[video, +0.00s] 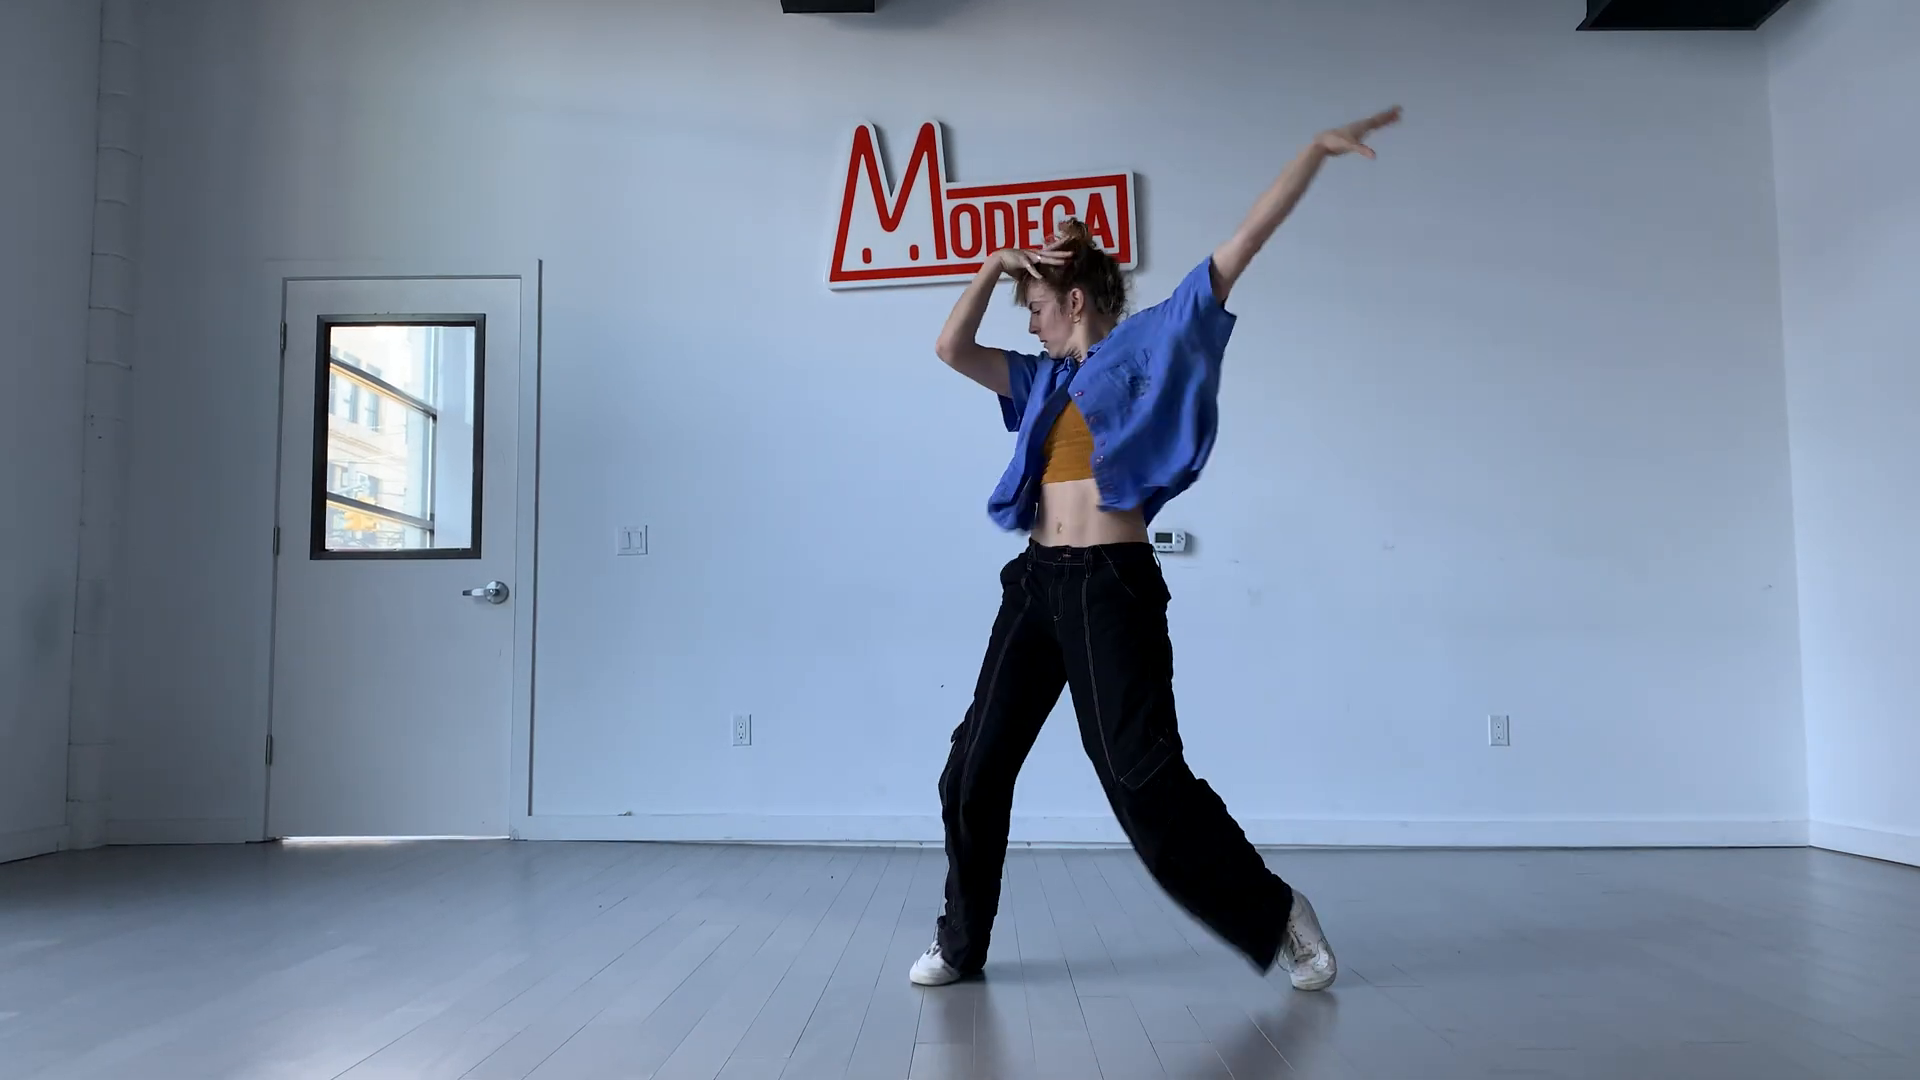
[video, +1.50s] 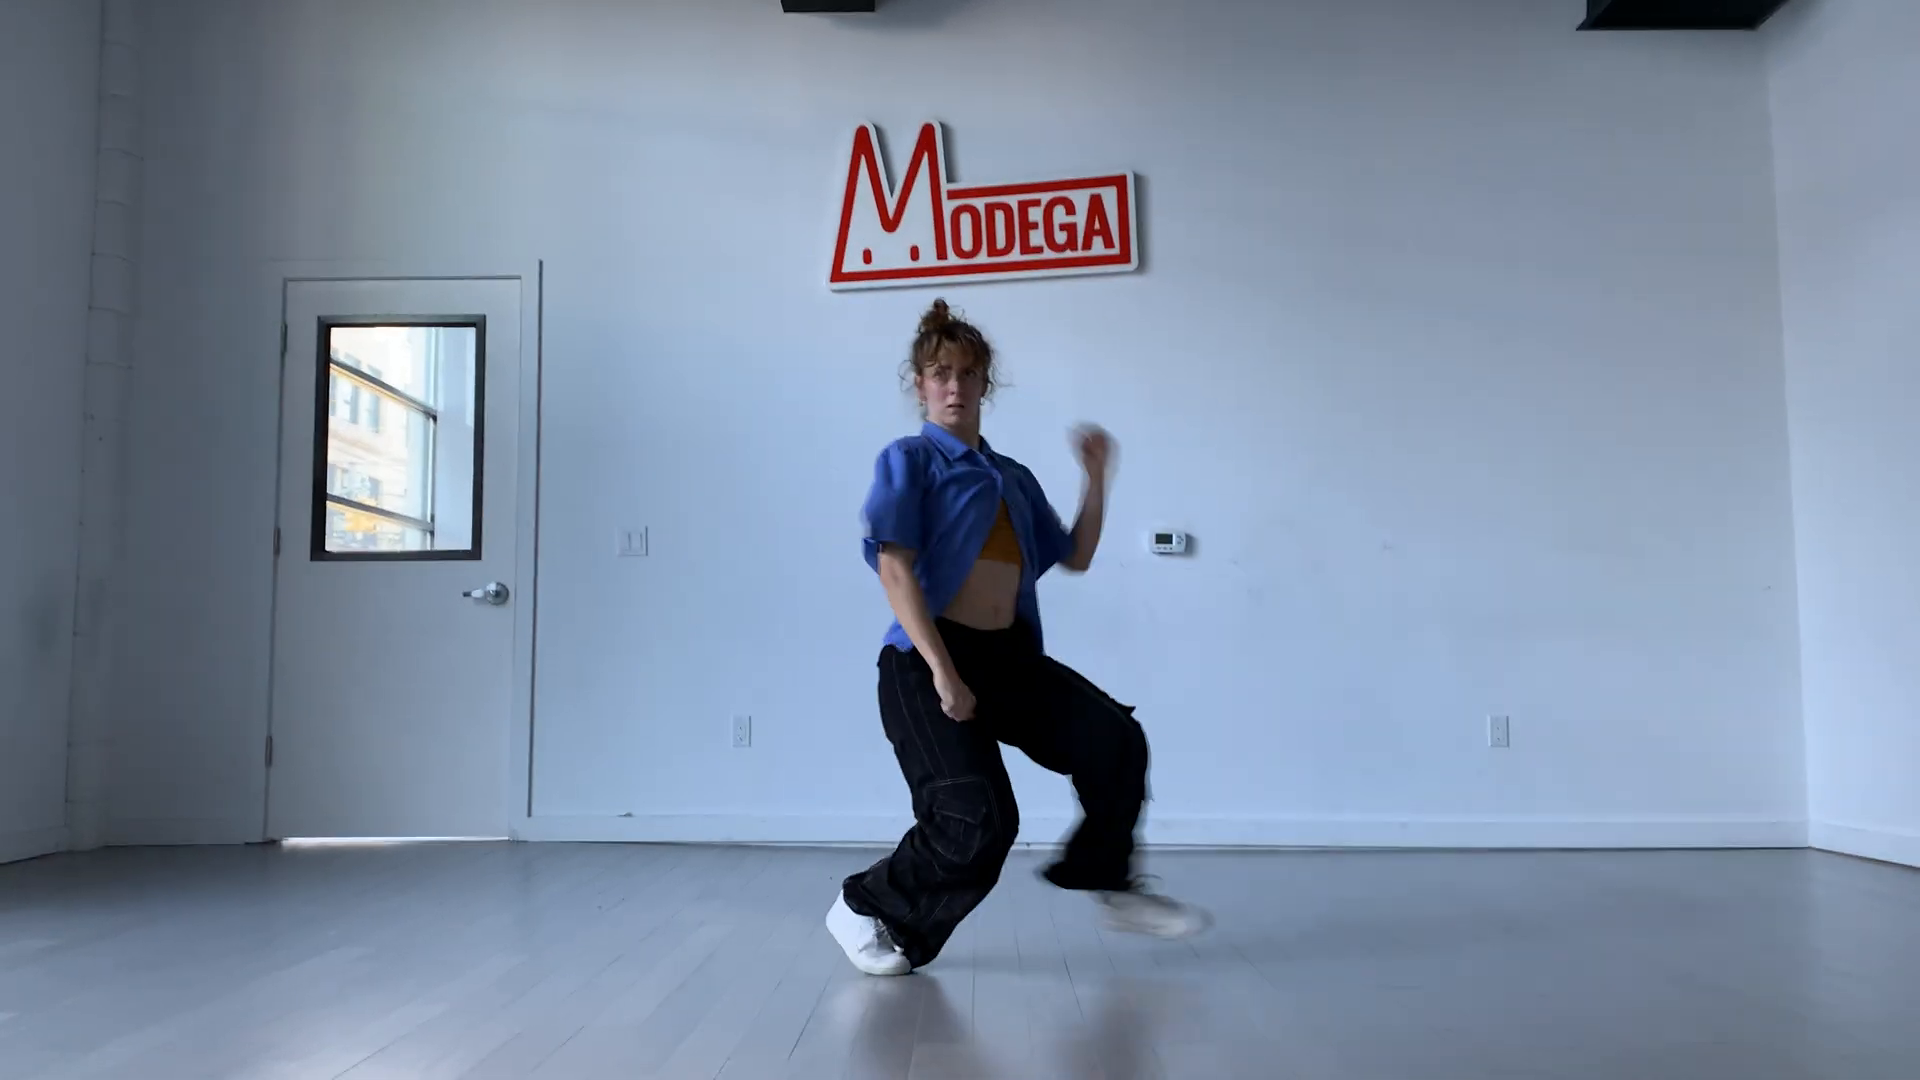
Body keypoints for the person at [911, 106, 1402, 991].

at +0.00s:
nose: (1029, 318)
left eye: (1035, 303)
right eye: (1026, 306)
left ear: (1078, 297)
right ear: (1054, 305)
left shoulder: (1155, 335)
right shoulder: (1041, 378)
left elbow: (1240, 248)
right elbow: (957, 350)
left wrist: (1316, 149)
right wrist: (989, 269)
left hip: (1112, 588)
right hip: (1035, 589)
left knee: (1144, 780)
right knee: (974, 769)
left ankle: (1280, 918)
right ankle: (960, 942)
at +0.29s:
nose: (1058, 311)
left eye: (1073, 302)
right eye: (1045, 300)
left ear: (1092, 319)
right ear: (1023, 318)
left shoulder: (1120, 385)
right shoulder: (989, 396)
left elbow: (1173, 313)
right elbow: (994, 487)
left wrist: (1230, 229)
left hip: (1095, 614)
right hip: (1011, 616)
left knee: (1163, 784)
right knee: (960, 779)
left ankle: (1306, 914)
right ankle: (962, 944)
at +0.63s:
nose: (994, 300)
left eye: (1009, 286)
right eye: (980, 284)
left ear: (1030, 291)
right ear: (960, 286)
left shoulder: (1054, 380)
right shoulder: (920, 348)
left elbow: (1073, 501)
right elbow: (857, 326)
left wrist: (1086, 606)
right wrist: (872, 289)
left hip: (1027, 581)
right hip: (936, 578)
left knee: (1044, 755)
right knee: (927, 765)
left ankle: (1059, 896)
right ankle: (962, 942)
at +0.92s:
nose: (954, 339)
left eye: (968, 326)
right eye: (941, 326)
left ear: (989, 336)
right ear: (922, 334)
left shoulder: (1008, 420)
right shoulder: (906, 404)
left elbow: (1097, 471)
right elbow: (970, 493)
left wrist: (1100, 390)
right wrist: (1033, 446)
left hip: (988, 614)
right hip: (908, 606)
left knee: (995, 778)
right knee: (919, 770)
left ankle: (909, 891)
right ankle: (950, 939)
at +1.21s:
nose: (944, 376)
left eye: (957, 363)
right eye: (932, 363)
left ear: (979, 372)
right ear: (914, 369)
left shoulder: (1008, 438)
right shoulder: (883, 450)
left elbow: (1090, 367)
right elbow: (829, 549)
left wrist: (995, 364)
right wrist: (887, 570)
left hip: (964, 635)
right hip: (892, 623)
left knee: (1010, 798)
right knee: (1020, 683)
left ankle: (910, 912)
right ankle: (913, 807)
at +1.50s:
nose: (954, 386)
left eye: (966, 373)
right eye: (940, 374)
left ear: (984, 383)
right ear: (920, 385)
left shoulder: (1013, 477)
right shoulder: (908, 461)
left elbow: (1075, 555)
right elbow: (894, 572)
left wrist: (1096, 479)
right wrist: (944, 672)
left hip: (1008, 664)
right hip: (929, 667)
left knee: (1116, 744)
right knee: (978, 818)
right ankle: (868, 909)